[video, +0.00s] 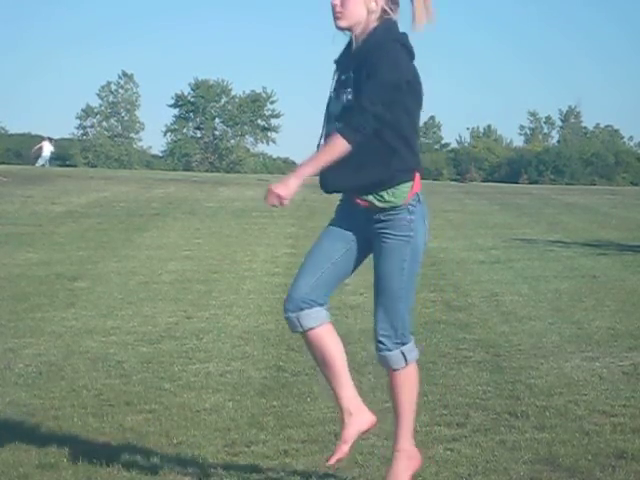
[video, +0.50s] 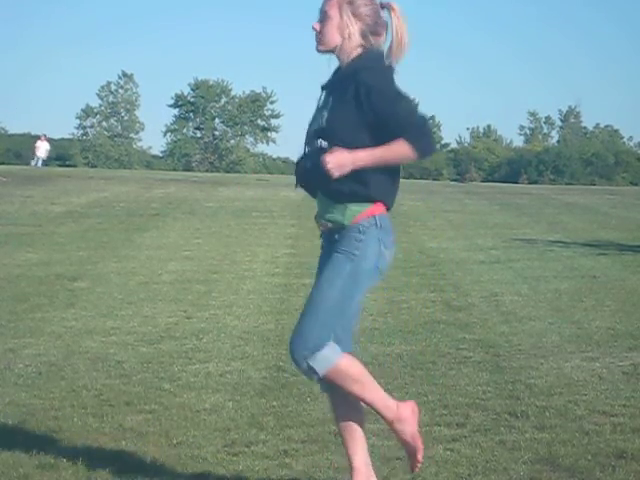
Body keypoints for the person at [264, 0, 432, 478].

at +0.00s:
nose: (336, 3)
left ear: (376, 2)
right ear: (339, 7)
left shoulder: (386, 49)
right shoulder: (354, 53)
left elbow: (358, 127)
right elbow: (364, 130)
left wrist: (296, 177)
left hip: (398, 210)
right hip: (354, 207)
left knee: (393, 338)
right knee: (303, 305)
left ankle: (406, 449)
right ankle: (354, 412)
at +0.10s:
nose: (331, 6)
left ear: (373, 4)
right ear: (338, 8)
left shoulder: (383, 50)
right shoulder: (348, 58)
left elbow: (334, 114)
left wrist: (269, 165)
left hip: (393, 215)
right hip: (346, 213)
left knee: (380, 340)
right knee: (322, 324)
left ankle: (386, 449)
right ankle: (349, 442)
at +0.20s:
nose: (330, 37)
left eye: (339, 27)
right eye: (330, 28)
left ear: (372, 34)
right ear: (362, 36)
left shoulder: (383, 86)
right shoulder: (348, 92)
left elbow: (324, 145)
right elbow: (351, 160)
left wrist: (245, 172)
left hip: (382, 245)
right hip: (335, 243)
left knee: (373, 369)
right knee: (328, 363)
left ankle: (385, 464)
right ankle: (360, 470)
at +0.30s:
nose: (325, 53)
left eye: (334, 45)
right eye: (327, 45)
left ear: (367, 54)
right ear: (361, 56)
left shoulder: (377, 107)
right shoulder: (351, 106)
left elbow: (349, 186)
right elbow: (343, 185)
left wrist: (269, 185)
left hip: (370, 264)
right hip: (330, 260)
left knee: (352, 385)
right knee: (312, 377)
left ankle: (386, 469)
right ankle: (361, 474)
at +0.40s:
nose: (320, 48)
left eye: (329, 40)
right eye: (323, 40)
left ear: (359, 48)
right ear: (353, 48)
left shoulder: (373, 97)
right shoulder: (348, 99)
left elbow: (387, 189)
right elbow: (352, 177)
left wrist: (320, 188)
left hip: (365, 258)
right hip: (330, 254)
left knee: (323, 374)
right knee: (305, 378)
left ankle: (393, 439)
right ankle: (360, 474)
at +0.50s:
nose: (315, 24)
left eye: (324, 16)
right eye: (319, 16)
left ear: (355, 25)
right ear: (348, 27)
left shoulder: (370, 73)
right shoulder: (339, 80)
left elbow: (420, 140)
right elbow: (334, 149)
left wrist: (354, 157)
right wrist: (312, 166)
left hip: (364, 232)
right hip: (337, 233)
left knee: (310, 346)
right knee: (332, 356)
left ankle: (398, 414)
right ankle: (362, 472)